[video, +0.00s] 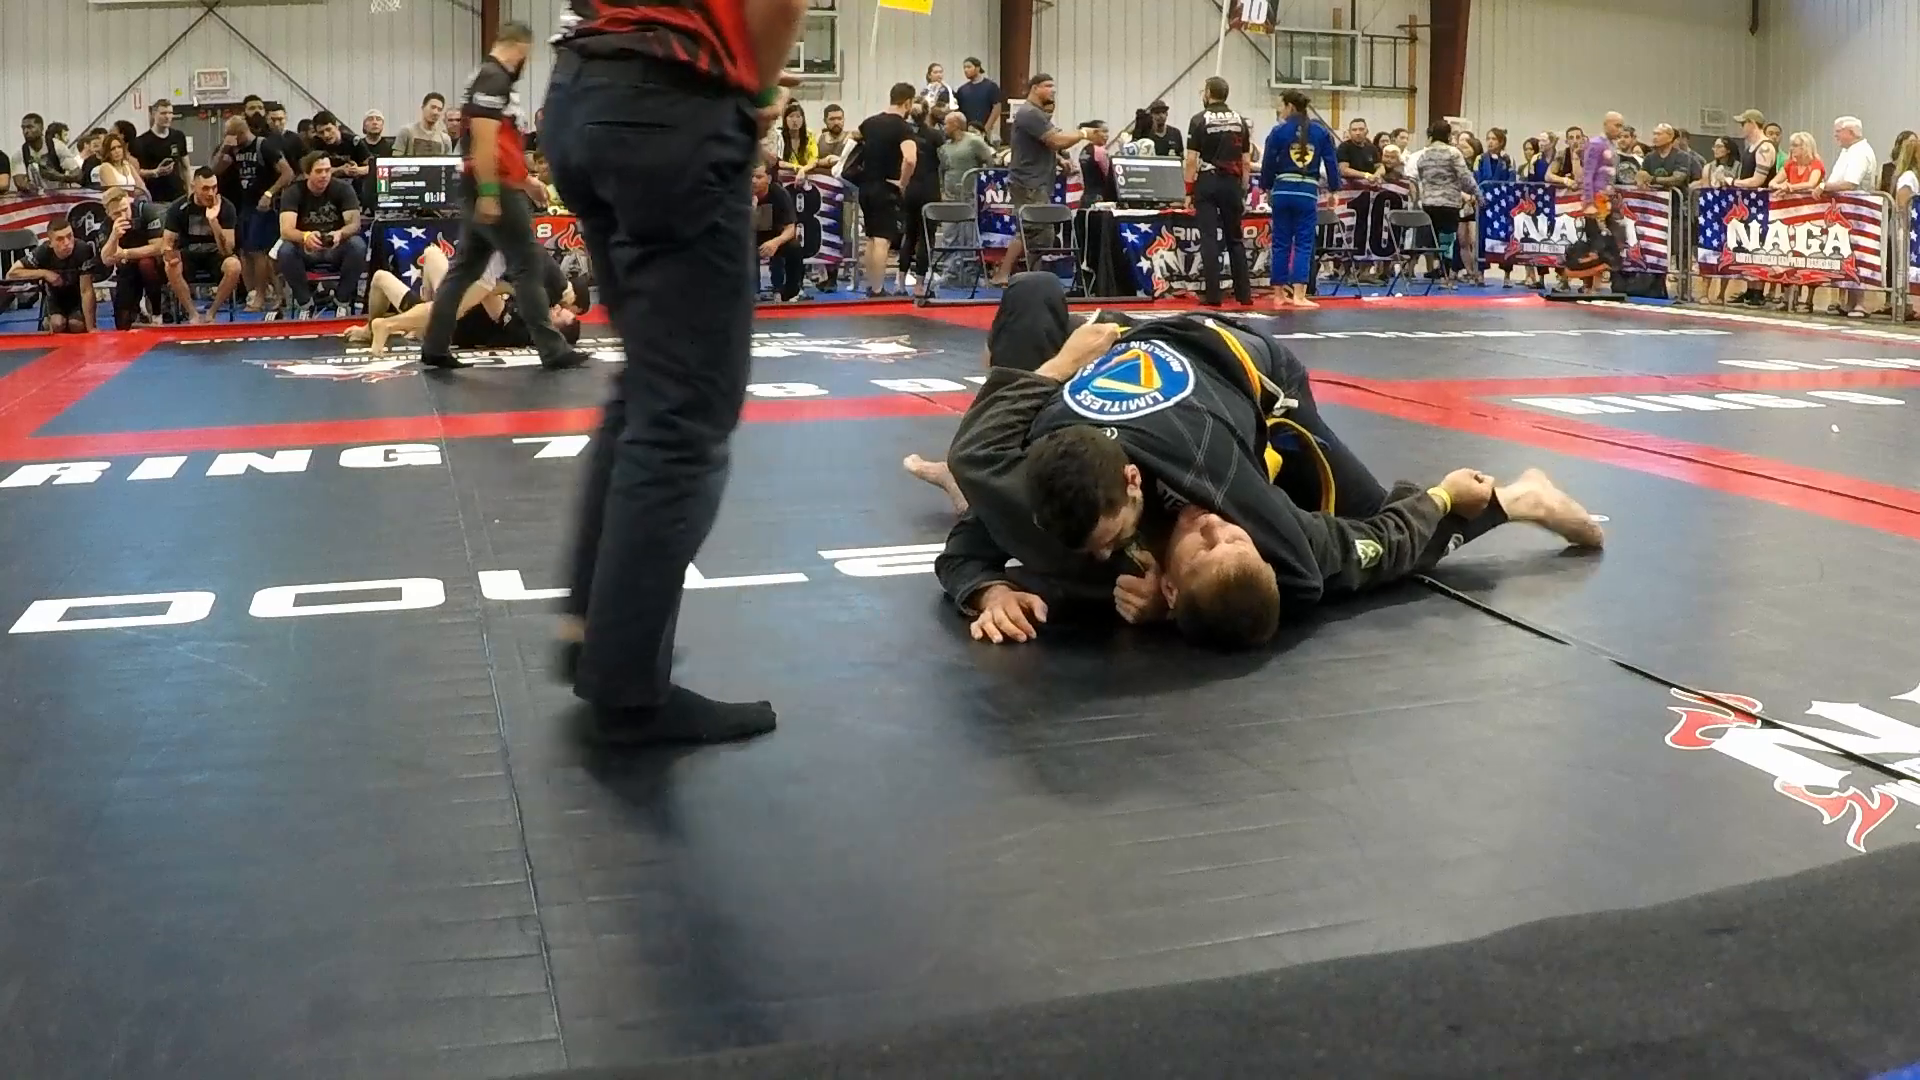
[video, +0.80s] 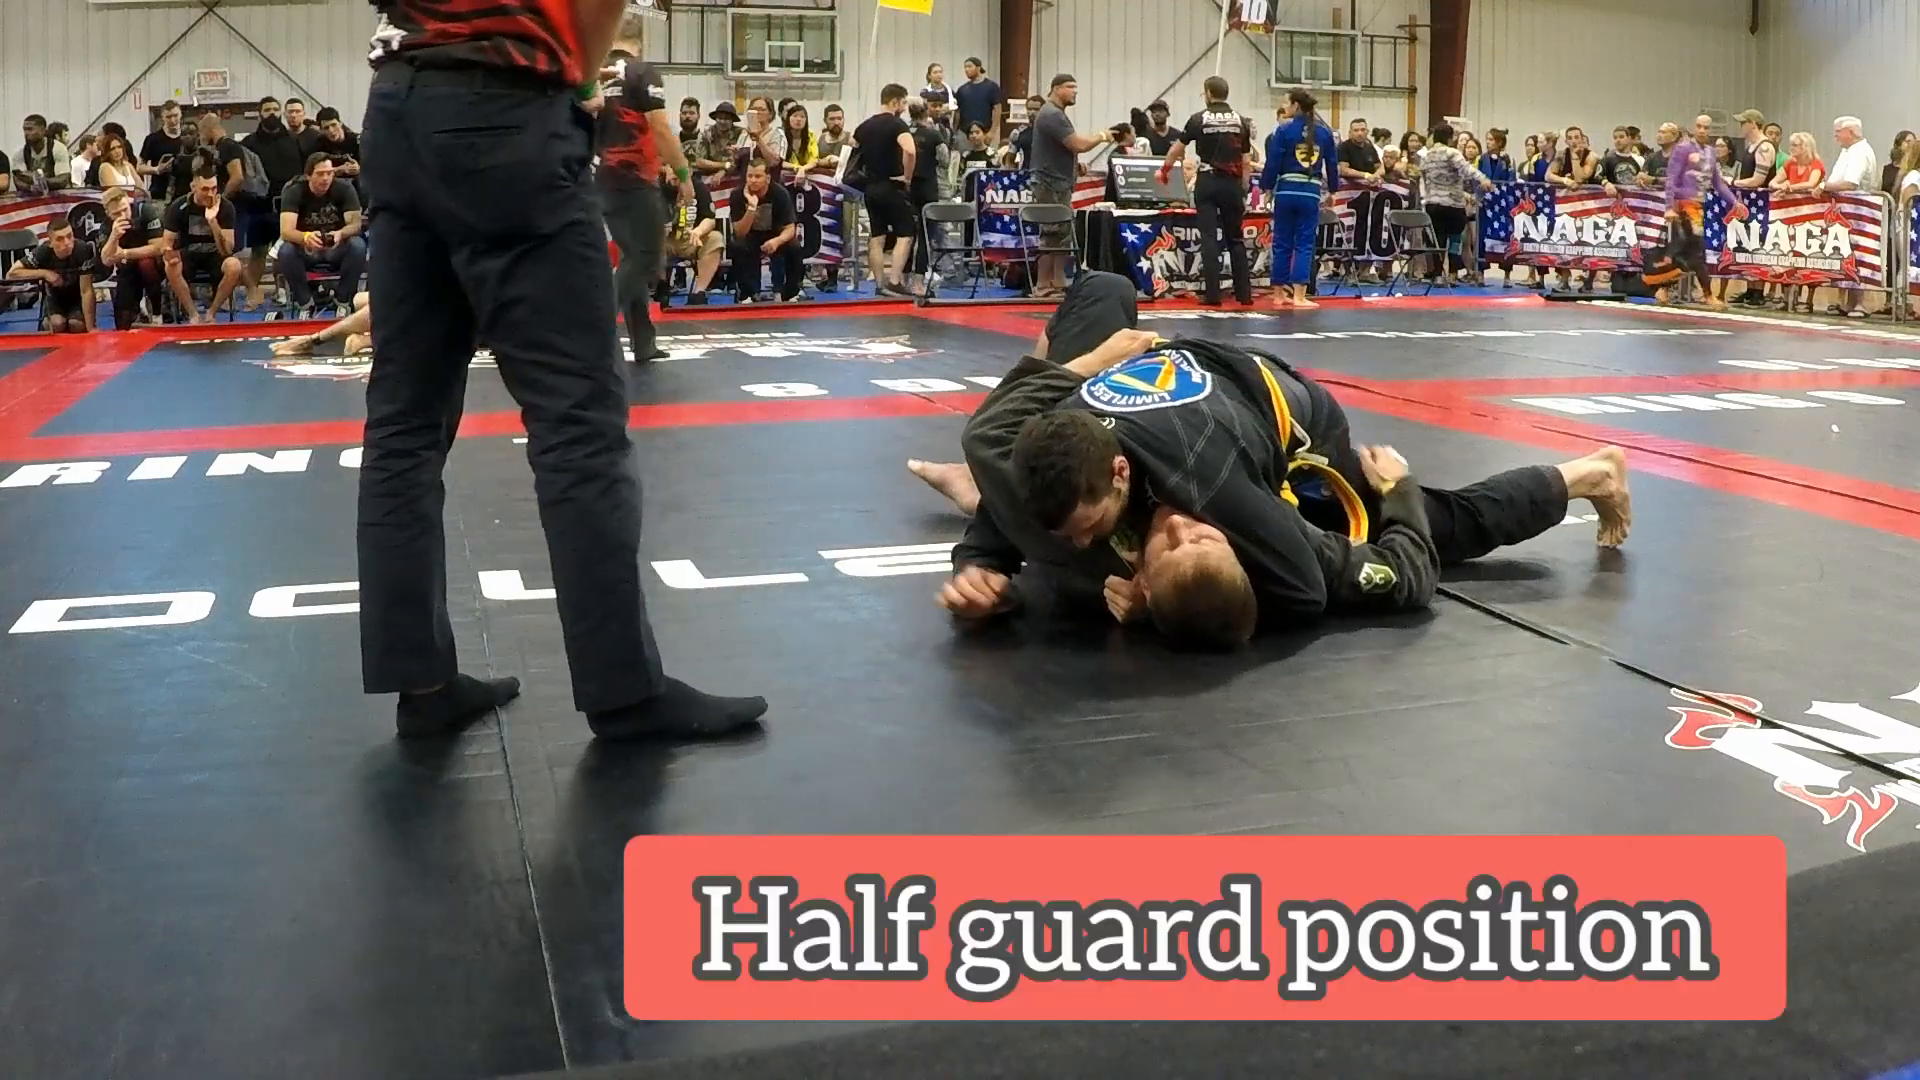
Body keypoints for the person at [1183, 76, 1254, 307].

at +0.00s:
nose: (1202, 94)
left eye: (1204, 91)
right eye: (1204, 90)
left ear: (1208, 94)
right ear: (1226, 95)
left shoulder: (1199, 120)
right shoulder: (1239, 120)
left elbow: (1191, 160)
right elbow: (1245, 160)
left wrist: (1189, 191)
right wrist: (1243, 190)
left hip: (1207, 179)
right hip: (1232, 181)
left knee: (1208, 238)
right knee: (1235, 238)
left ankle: (1213, 295)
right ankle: (1243, 294)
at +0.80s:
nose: (1203, 95)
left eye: (1204, 92)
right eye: (1204, 92)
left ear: (1208, 94)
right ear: (1226, 94)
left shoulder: (1197, 120)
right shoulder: (1241, 121)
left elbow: (1177, 149)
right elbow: (1245, 159)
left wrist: (1164, 169)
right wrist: (1244, 189)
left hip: (1206, 181)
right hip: (1233, 183)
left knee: (1208, 238)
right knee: (1235, 238)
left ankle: (1212, 295)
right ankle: (1244, 295)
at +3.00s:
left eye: (1211, 91)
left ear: (1208, 93)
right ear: (1228, 94)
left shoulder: (1195, 120)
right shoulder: (1239, 121)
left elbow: (1188, 159)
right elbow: (1245, 160)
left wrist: (1192, 185)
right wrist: (1245, 191)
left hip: (1203, 181)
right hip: (1230, 182)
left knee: (1208, 238)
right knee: (1238, 238)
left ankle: (1212, 294)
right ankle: (1245, 294)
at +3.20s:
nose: (1204, 96)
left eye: (1205, 93)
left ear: (1207, 94)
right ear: (1227, 94)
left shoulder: (1196, 120)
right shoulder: (1240, 121)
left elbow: (1187, 158)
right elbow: (1245, 160)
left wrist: (1190, 184)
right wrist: (1245, 189)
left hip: (1204, 181)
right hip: (1231, 182)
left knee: (1209, 238)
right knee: (1238, 238)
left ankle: (1212, 294)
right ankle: (1245, 294)